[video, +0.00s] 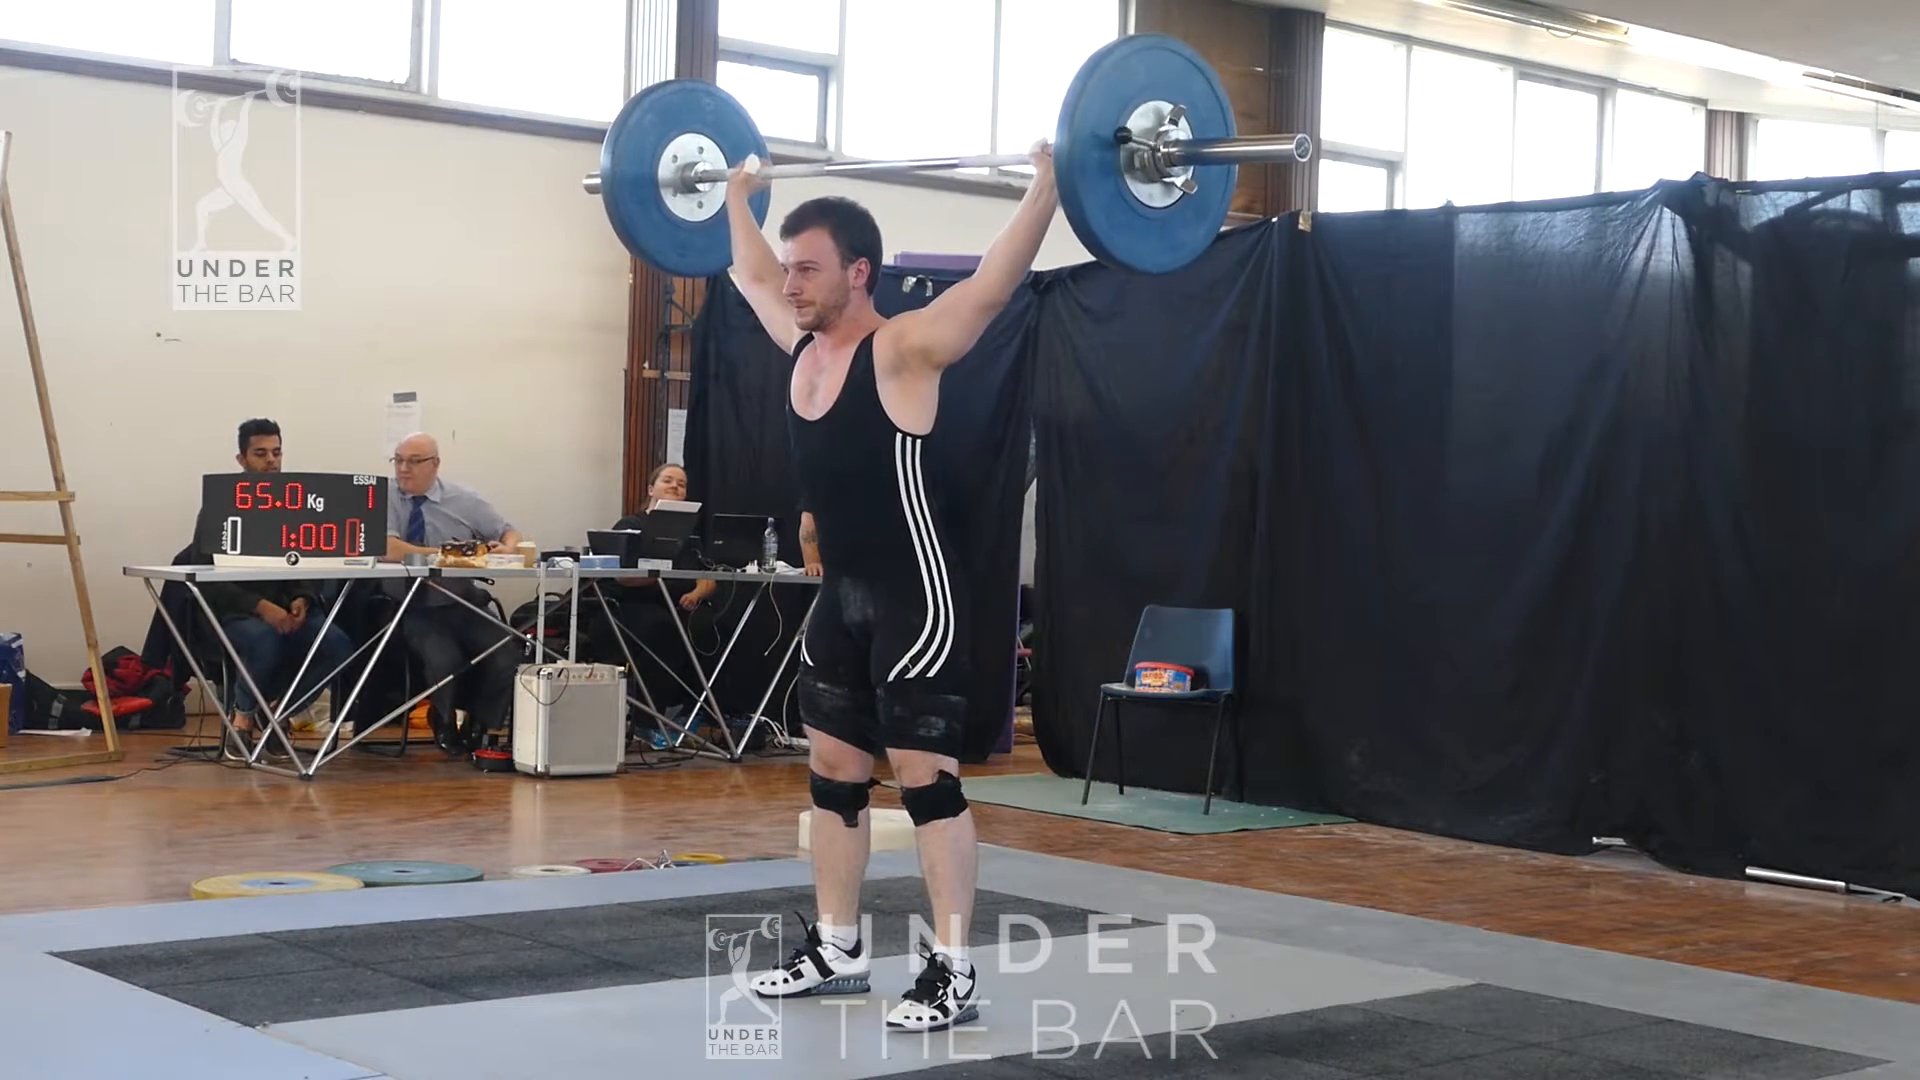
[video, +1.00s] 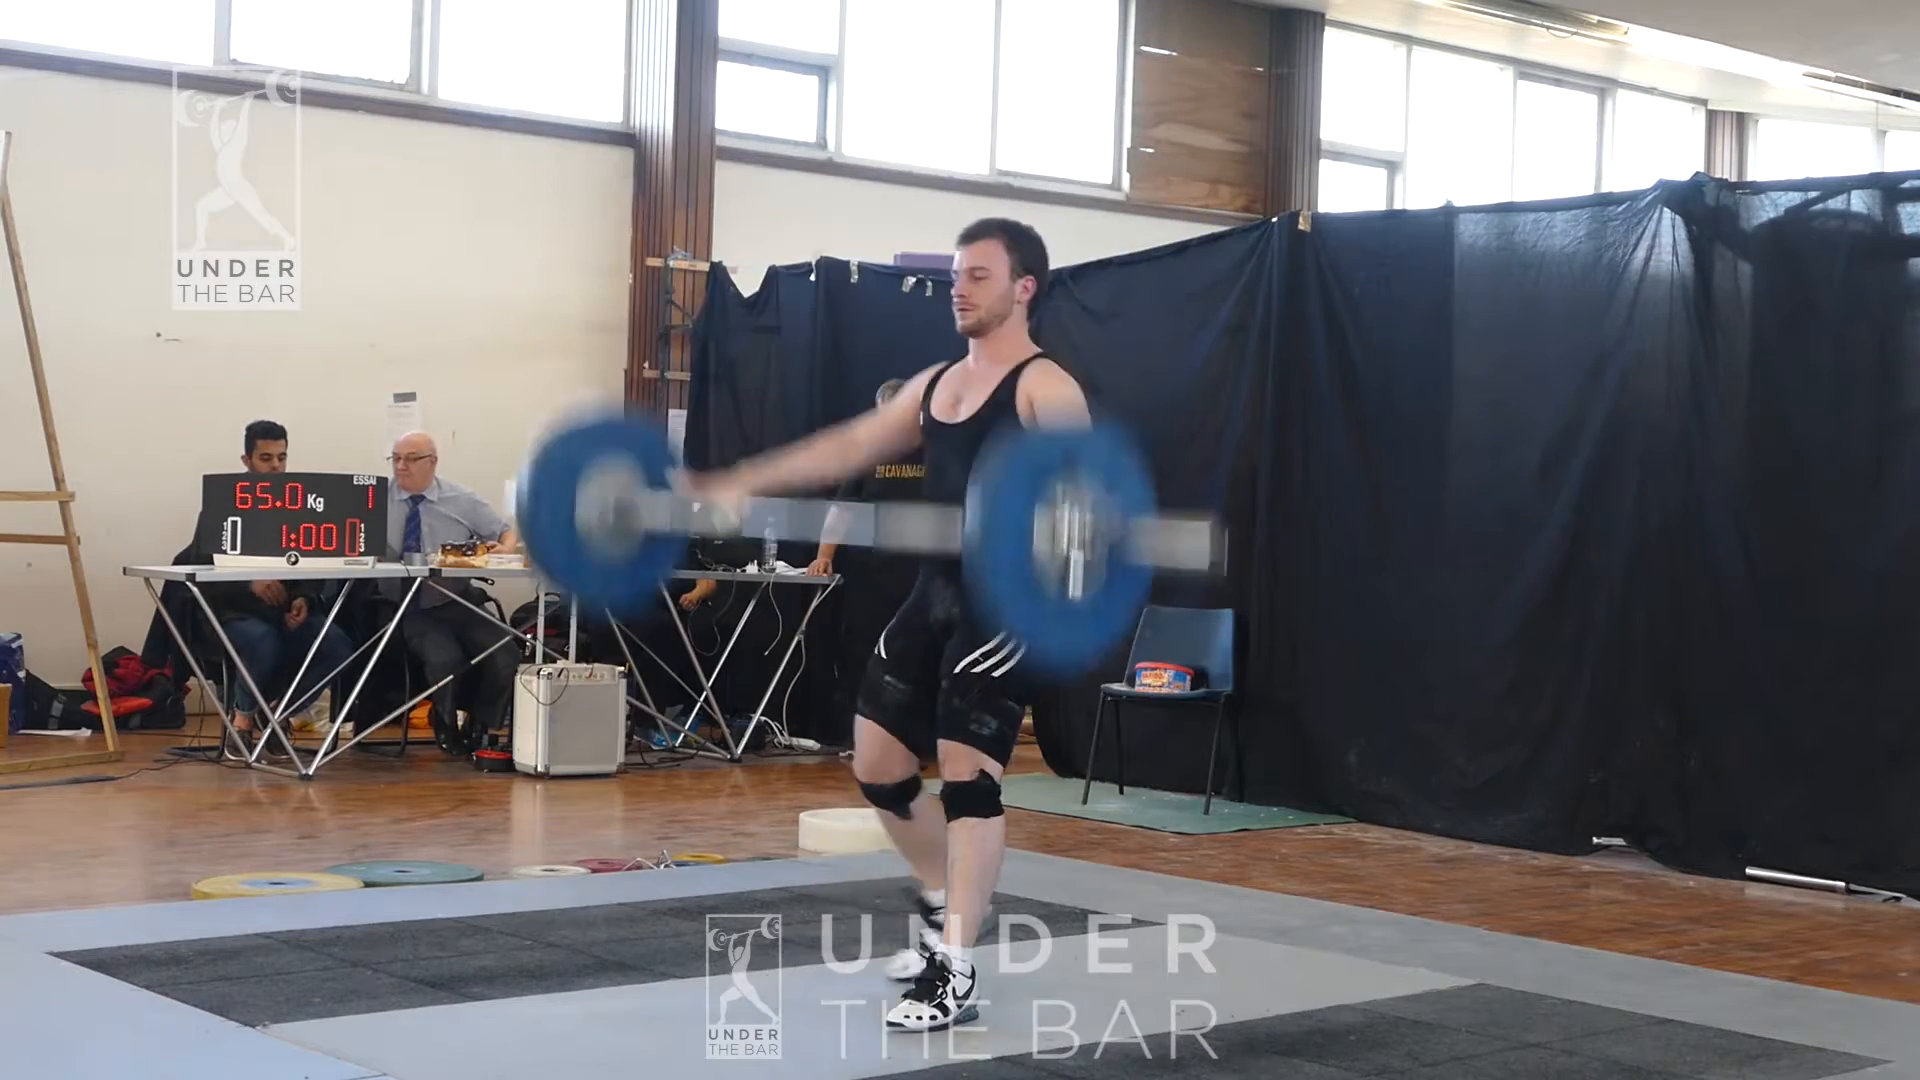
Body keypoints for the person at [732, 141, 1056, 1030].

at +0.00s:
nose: (793, 283)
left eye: (808, 268)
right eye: (789, 270)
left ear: (859, 273)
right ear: (792, 274)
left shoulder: (906, 345)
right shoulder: (807, 348)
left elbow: (989, 284)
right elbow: (755, 276)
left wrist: (1043, 192)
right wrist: (737, 194)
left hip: (919, 596)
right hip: (841, 596)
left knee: (922, 773)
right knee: (835, 767)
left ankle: (950, 969)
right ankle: (838, 951)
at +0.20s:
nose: (796, 285)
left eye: (811, 270)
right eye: (791, 271)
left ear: (863, 272)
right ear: (792, 275)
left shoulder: (908, 346)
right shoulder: (808, 348)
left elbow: (989, 287)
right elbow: (757, 278)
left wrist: (1040, 193)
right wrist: (734, 197)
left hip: (920, 598)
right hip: (842, 597)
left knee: (924, 772)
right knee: (837, 767)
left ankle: (951, 971)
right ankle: (838, 952)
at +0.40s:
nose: (797, 285)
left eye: (812, 270)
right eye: (792, 272)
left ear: (866, 272)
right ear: (796, 279)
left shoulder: (910, 346)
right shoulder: (809, 350)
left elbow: (989, 289)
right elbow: (757, 282)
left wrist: (1035, 194)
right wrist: (729, 199)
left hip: (920, 596)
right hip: (843, 595)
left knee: (924, 773)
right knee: (836, 768)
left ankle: (951, 972)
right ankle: (837, 952)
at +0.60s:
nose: (824, 280)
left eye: (842, 266)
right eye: (821, 267)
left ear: (892, 271)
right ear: (822, 275)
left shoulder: (929, 344)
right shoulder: (825, 346)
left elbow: (992, 273)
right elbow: (758, 280)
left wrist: (1023, 182)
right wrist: (716, 196)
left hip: (934, 595)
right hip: (855, 592)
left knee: (928, 772)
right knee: (842, 765)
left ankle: (950, 971)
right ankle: (838, 952)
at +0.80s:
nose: (913, 282)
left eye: (930, 269)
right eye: (909, 270)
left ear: (980, 275)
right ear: (911, 277)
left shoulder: (1001, 351)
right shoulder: (902, 345)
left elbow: (1029, 323)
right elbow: (799, 305)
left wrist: (1031, 243)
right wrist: (706, 233)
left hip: (985, 601)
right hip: (910, 594)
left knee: (953, 767)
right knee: (863, 756)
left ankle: (952, 969)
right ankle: (838, 947)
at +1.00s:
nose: (959, 289)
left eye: (977, 276)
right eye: (957, 276)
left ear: (1024, 289)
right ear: (959, 287)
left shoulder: (1046, 386)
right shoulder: (934, 385)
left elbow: (1088, 498)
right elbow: (846, 448)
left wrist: (1060, 557)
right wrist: (734, 482)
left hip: (1008, 601)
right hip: (937, 593)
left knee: (966, 768)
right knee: (880, 763)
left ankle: (955, 972)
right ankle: (947, 906)